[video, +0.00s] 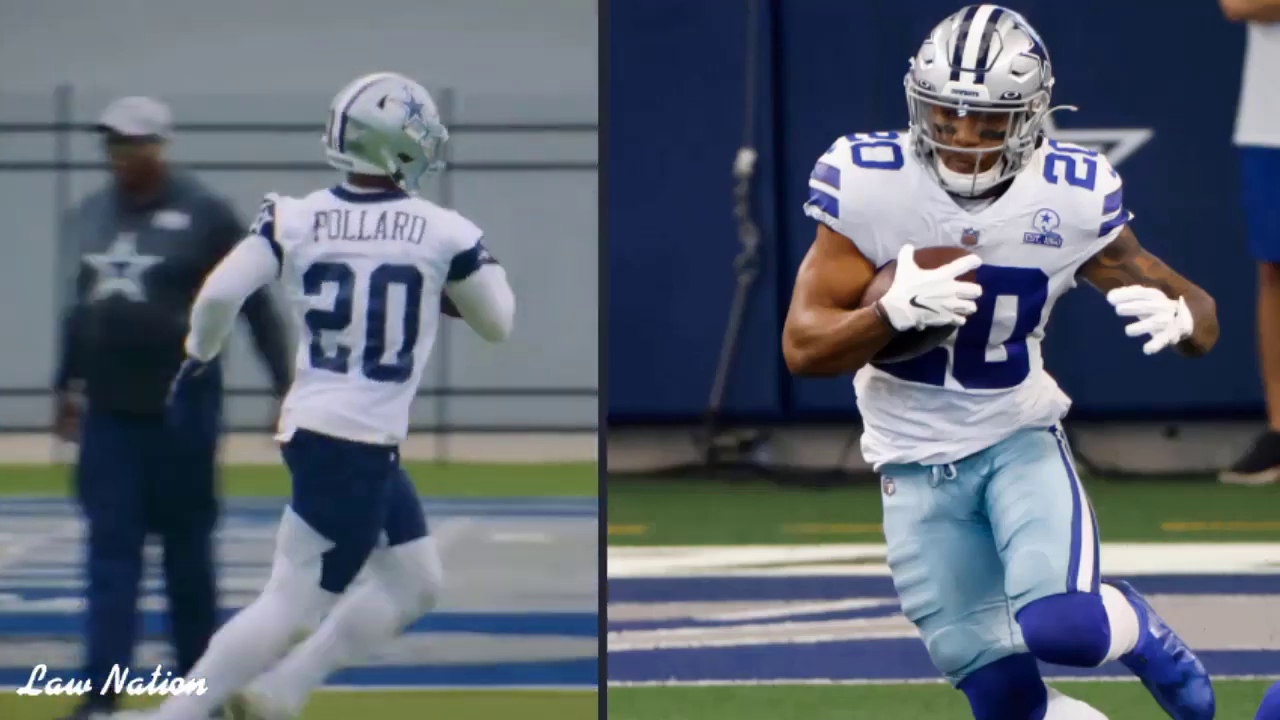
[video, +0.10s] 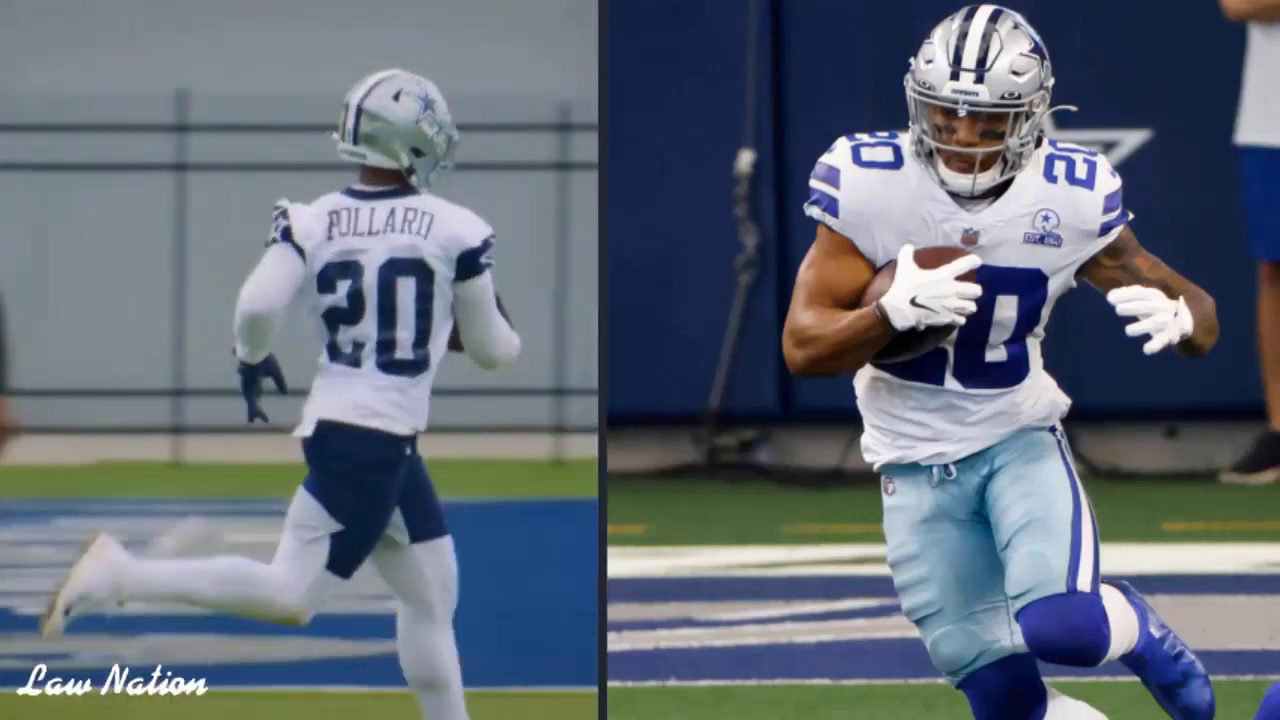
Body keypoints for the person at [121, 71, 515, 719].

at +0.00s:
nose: (424, 150)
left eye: (419, 140)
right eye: (419, 140)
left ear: (339, 139)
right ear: (412, 147)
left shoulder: (293, 217)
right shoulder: (445, 230)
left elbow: (217, 293)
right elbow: (498, 321)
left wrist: (200, 356)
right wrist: (446, 290)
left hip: (314, 429)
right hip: (356, 443)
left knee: (413, 582)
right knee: (291, 606)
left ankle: (278, 695)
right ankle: (177, 711)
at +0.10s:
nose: (435, 145)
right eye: (431, 136)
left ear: (354, 135)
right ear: (425, 143)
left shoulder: (311, 219)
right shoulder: (458, 228)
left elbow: (258, 304)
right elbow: (497, 349)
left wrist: (254, 358)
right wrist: (473, 322)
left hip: (350, 430)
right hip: (372, 437)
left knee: (428, 597)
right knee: (291, 595)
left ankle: (450, 716)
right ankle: (117, 575)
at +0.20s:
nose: (445, 179)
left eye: (442, 168)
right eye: (439, 169)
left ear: (357, 175)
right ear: (423, 178)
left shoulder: (313, 260)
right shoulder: (454, 263)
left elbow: (254, 350)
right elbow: (478, 381)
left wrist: (300, 346)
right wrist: (522, 407)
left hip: (334, 457)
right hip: (387, 466)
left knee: (424, 615)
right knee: (363, 641)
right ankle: (226, 549)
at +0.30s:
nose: (452, 167)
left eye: (450, 155)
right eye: (439, 156)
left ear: (370, 164)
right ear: (404, 165)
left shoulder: (324, 239)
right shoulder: (437, 241)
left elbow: (285, 332)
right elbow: (433, 342)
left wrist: (370, 311)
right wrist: (504, 388)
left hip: (335, 452)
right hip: (410, 454)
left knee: (321, 615)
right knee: (485, 596)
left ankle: (232, 712)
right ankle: (334, 654)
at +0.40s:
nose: (467, 159)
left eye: (466, 145)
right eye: (454, 146)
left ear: (393, 160)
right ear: (417, 155)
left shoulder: (354, 223)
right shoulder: (437, 231)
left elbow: (318, 315)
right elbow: (419, 325)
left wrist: (411, 328)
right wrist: (504, 356)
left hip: (355, 435)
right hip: (423, 437)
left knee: (316, 594)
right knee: (513, 579)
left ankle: (147, 618)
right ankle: (511, 716)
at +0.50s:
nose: (481, 186)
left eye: (479, 171)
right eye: (464, 174)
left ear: (409, 191)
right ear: (423, 187)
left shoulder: (369, 250)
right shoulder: (440, 260)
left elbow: (321, 336)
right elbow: (435, 348)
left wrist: (395, 367)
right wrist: (517, 329)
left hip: (363, 462)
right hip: (429, 467)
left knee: (348, 633)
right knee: (495, 623)